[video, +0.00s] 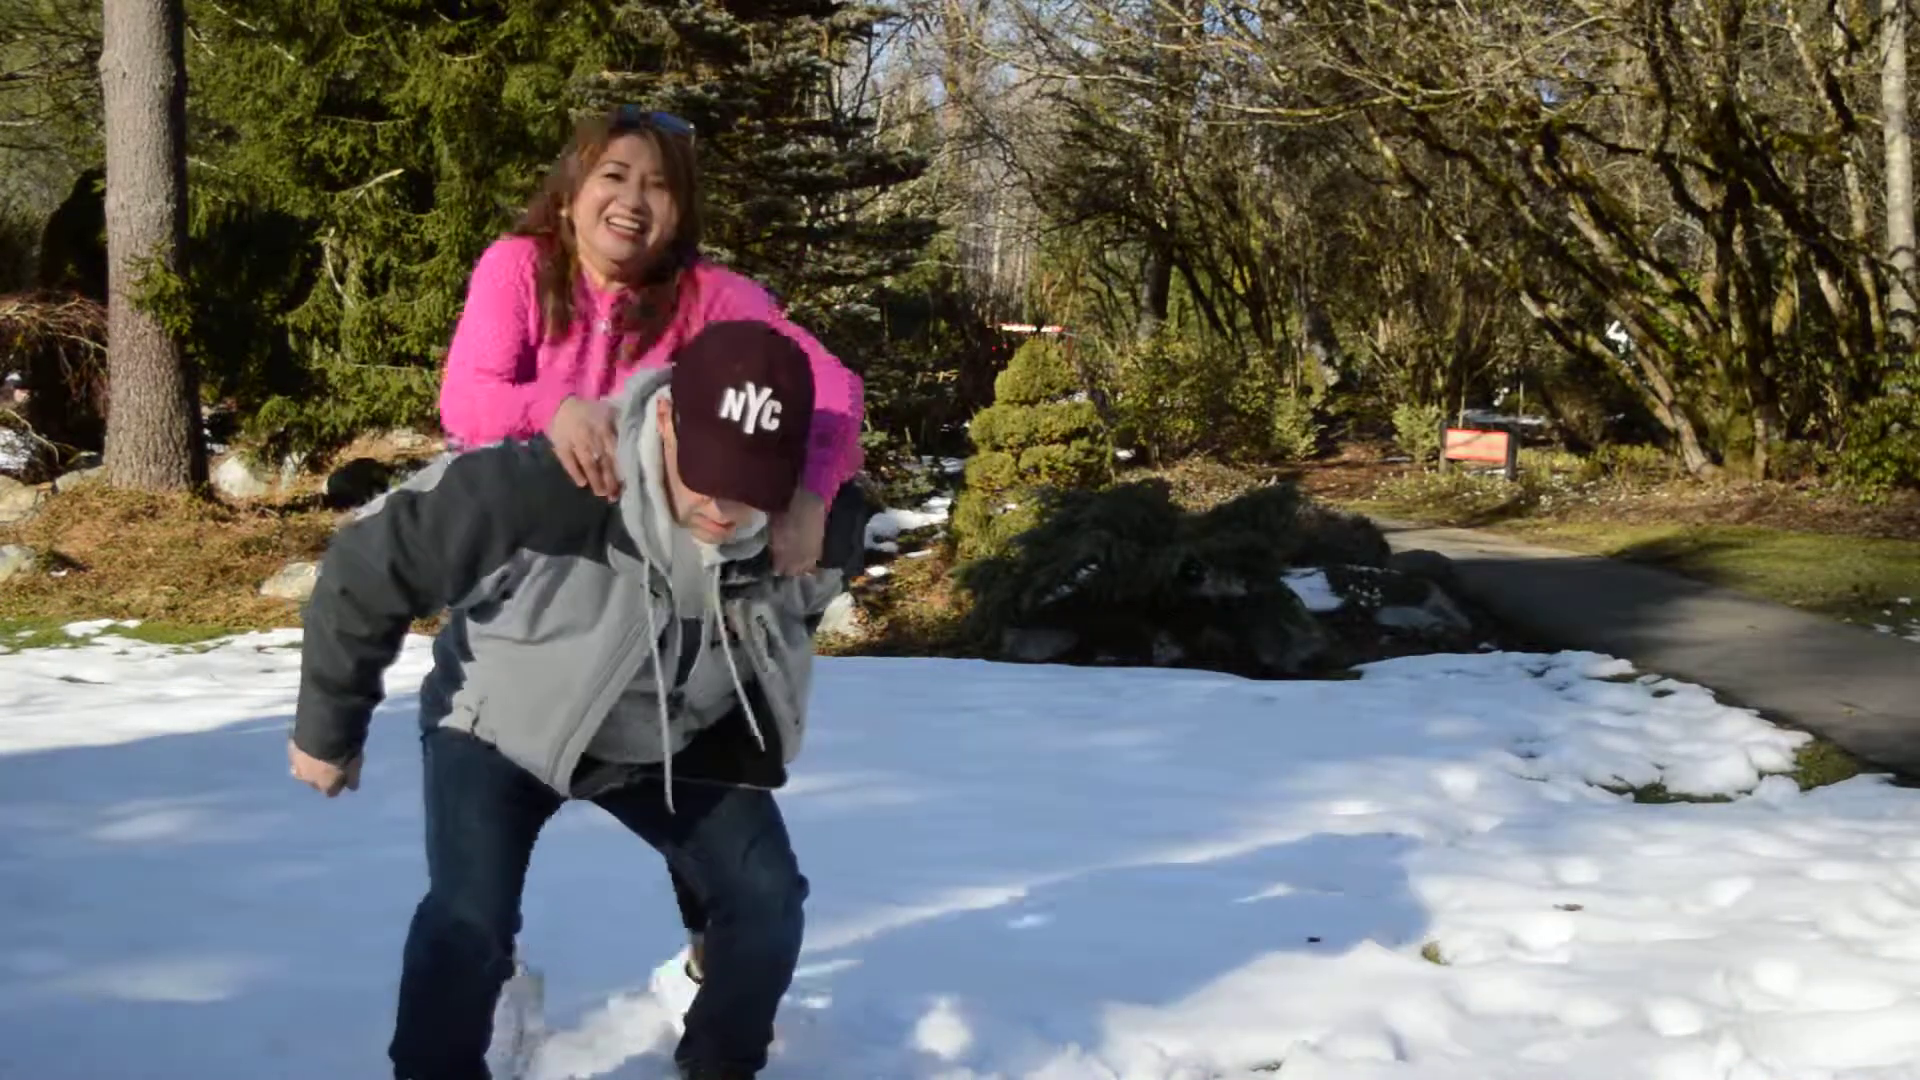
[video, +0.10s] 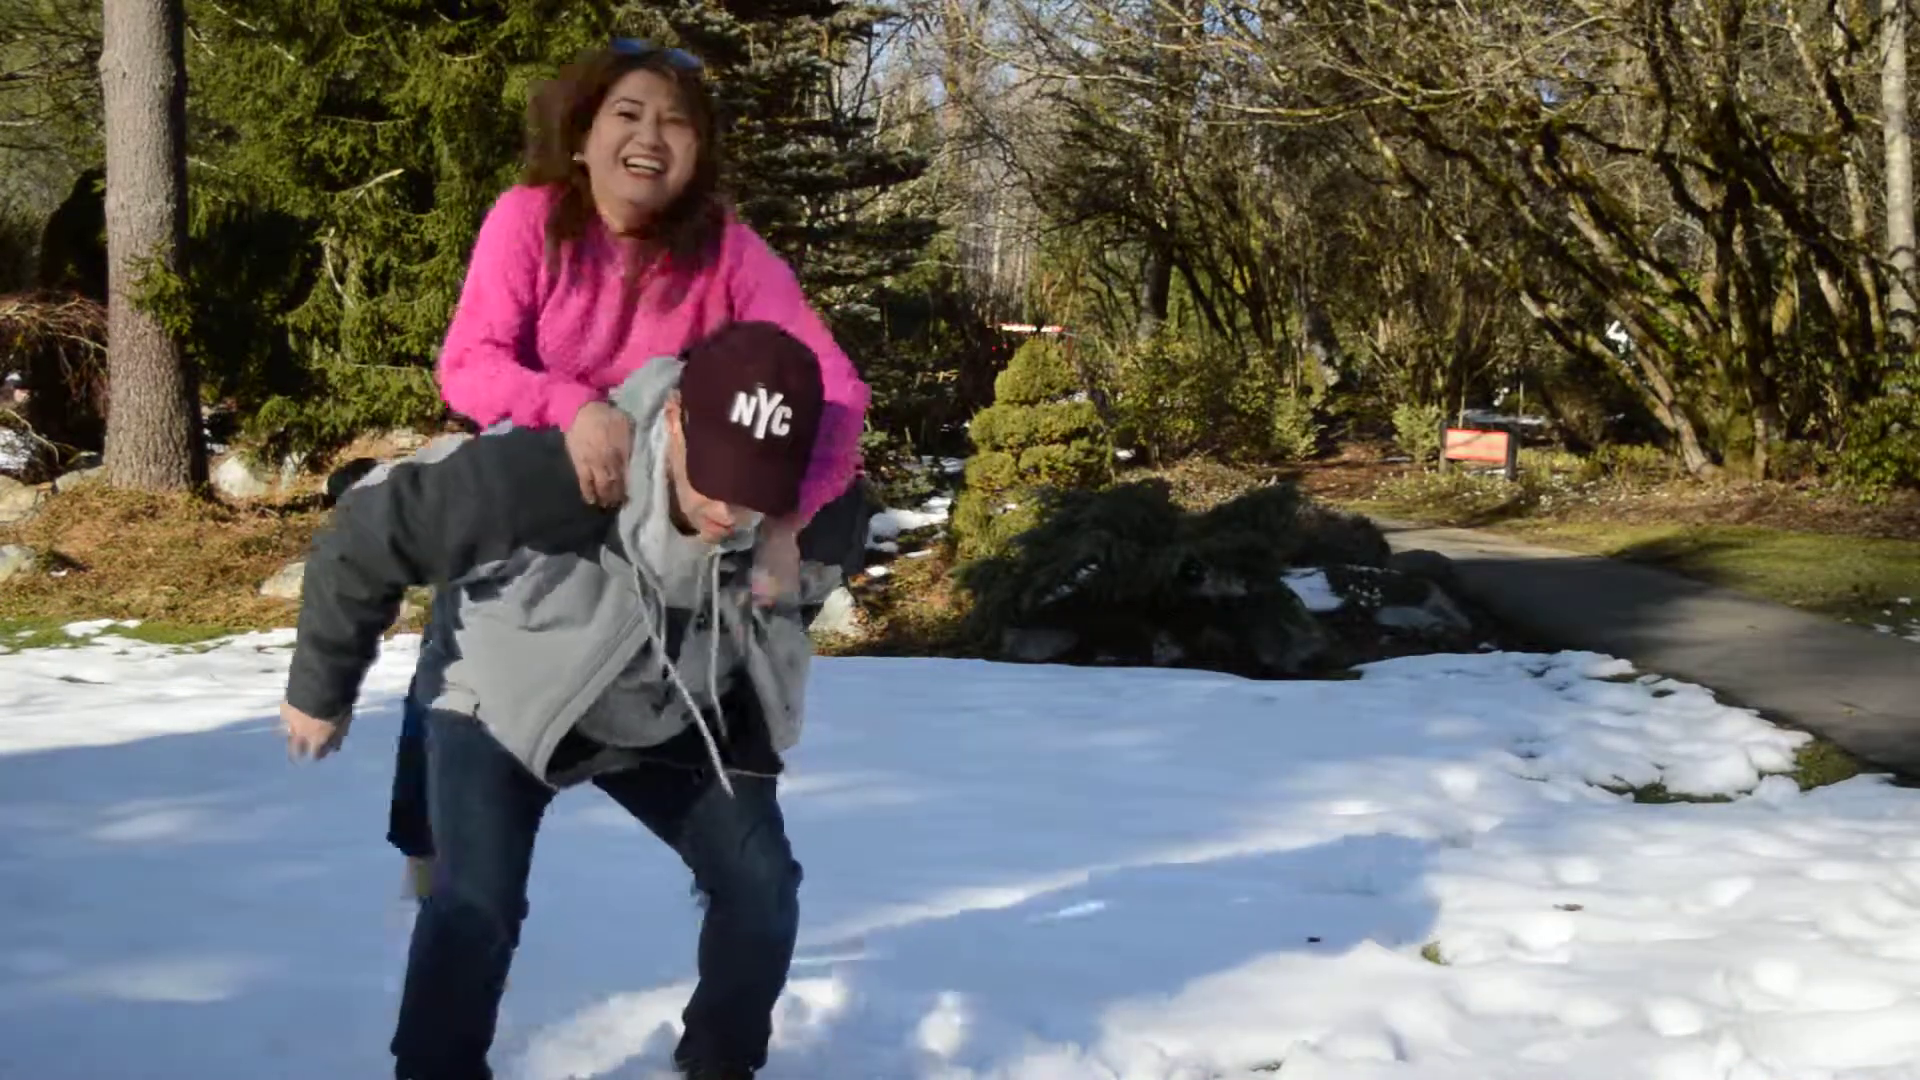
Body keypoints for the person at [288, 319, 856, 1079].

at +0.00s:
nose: (718, 513)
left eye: (747, 496)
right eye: (702, 483)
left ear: (788, 470)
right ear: (666, 419)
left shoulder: (810, 515)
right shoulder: (545, 484)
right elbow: (369, 561)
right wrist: (329, 725)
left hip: (663, 732)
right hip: (503, 720)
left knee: (765, 893)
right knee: (470, 924)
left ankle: (719, 1063)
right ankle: (435, 1070)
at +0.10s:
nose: (724, 515)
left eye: (752, 500)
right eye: (711, 485)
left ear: (792, 471)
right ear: (674, 421)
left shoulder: (808, 513)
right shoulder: (553, 476)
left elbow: (845, 530)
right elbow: (373, 525)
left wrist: (799, 596)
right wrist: (320, 687)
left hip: (660, 711)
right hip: (501, 702)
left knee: (761, 878)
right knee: (477, 905)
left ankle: (720, 1063)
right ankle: (436, 1071)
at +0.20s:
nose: (740, 526)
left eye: (769, 512)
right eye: (726, 498)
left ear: (812, 473)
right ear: (688, 428)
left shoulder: (823, 499)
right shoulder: (558, 463)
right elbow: (373, 488)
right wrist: (294, 618)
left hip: (648, 675)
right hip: (491, 660)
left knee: (757, 846)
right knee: (489, 878)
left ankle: (720, 1058)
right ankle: (433, 1066)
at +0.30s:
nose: (743, 541)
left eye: (772, 528)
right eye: (733, 509)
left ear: (813, 487)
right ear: (692, 440)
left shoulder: (827, 511)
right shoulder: (555, 490)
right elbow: (367, 515)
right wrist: (313, 592)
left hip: (662, 660)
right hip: (496, 645)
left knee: (755, 842)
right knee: (497, 878)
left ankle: (720, 1060)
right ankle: (432, 1068)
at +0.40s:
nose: (734, 544)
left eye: (762, 536)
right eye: (720, 518)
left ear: (803, 490)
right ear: (683, 439)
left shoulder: (822, 509)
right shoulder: (543, 484)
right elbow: (348, 523)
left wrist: (781, 745)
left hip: (669, 642)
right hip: (502, 624)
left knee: (748, 834)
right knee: (505, 864)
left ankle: (721, 1059)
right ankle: (433, 1068)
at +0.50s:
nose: (708, 507)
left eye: (733, 502)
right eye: (697, 481)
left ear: (784, 448)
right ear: (662, 397)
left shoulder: (812, 460)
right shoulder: (531, 442)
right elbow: (360, 478)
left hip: (661, 633)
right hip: (498, 606)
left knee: (753, 821)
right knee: (497, 862)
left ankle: (725, 1053)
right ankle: (432, 1067)